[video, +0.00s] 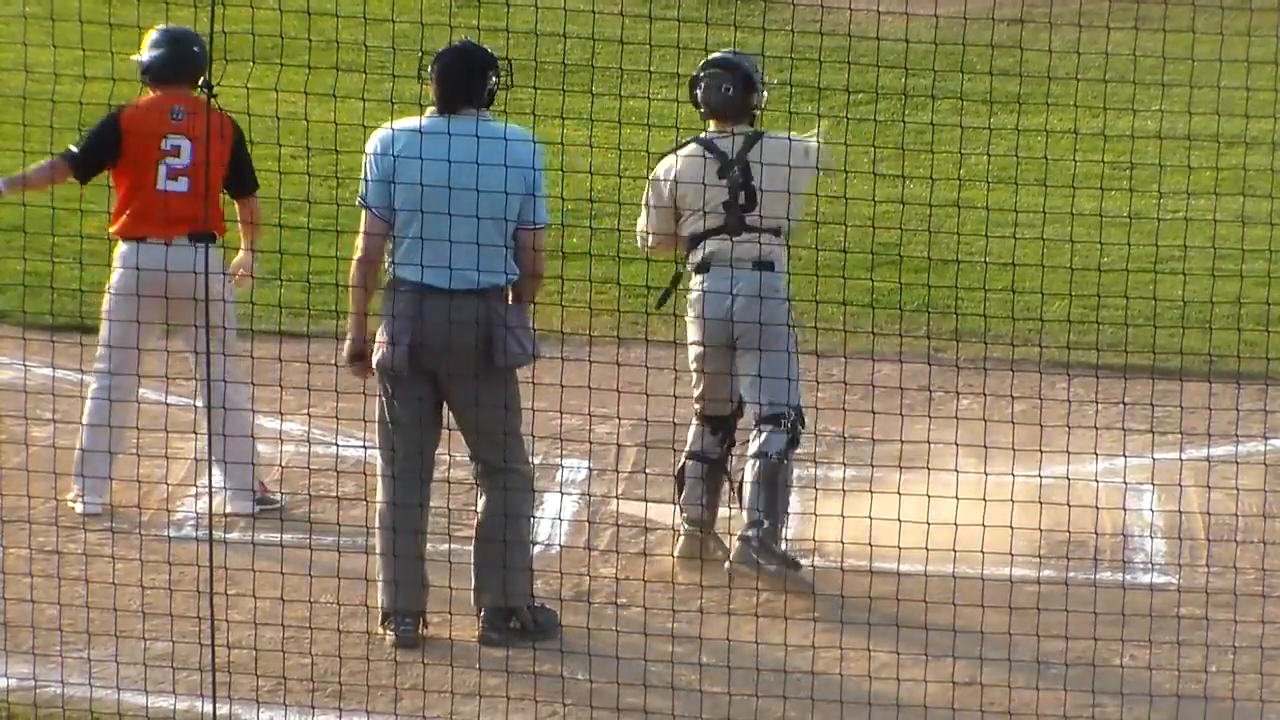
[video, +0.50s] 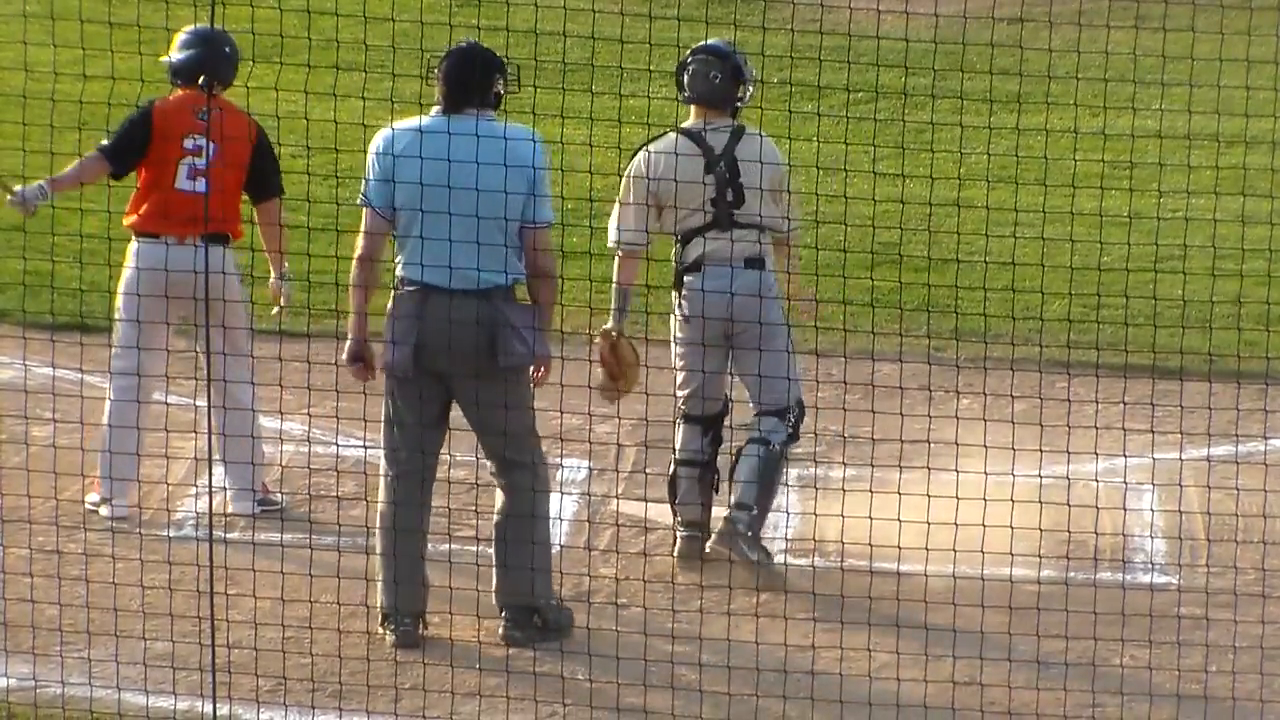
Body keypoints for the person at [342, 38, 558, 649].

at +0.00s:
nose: (485, 95)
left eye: (434, 83)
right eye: (488, 86)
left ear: (431, 88)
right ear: (488, 91)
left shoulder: (390, 143)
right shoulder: (520, 147)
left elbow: (369, 251)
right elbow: (532, 255)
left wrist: (358, 329)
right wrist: (519, 315)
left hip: (407, 321)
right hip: (482, 325)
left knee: (403, 471)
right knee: (504, 469)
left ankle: (401, 613)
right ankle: (506, 608)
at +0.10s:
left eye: (426, 87)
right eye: (486, 90)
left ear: (428, 90)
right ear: (484, 93)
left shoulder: (385, 144)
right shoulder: (517, 148)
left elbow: (358, 253)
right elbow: (529, 256)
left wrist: (339, 333)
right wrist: (517, 316)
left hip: (403, 323)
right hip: (478, 327)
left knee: (402, 473)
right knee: (504, 469)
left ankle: (402, 614)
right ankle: (505, 607)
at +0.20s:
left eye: (428, 86)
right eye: (484, 91)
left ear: (427, 90)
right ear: (483, 94)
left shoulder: (382, 144)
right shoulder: (514, 147)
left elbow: (352, 252)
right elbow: (528, 259)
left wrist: (328, 331)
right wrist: (518, 320)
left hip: (402, 324)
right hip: (477, 328)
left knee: (400, 470)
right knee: (505, 470)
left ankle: (402, 615)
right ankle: (505, 608)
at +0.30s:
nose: (484, 100)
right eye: (486, 91)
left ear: (427, 91)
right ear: (483, 95)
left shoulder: (383, 143)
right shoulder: (514, 146)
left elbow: (352, 251)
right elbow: (529, 258)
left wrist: (329, 331)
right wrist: (526, 329)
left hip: (403, 324)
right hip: (479, 327)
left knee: (400, 469)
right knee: (507, 467)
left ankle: (401, 614)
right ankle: (506, 607)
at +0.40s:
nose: (492, 98)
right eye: (492, 90)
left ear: (430, 89)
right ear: (485, 93)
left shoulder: (386, 143)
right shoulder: (516, 146)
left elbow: (357, 252)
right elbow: (532, 256)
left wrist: (341, 331)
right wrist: (537, 332)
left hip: (407, 324)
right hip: (484, 328)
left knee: (402, 469)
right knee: (516, 465)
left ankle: (400, 614)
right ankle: (513, 605)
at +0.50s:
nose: (498, 97)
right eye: (499, 89)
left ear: (438, 88)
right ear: (495, 92)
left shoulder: (394, 141)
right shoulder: (523, 146)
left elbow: (368, 250)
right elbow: (539, 254)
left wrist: (358, 329)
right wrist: (542, 332)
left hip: (414, 323)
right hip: (492, 325)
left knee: (406, 470)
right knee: (521, 467)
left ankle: (402, 613)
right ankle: (525, 607)